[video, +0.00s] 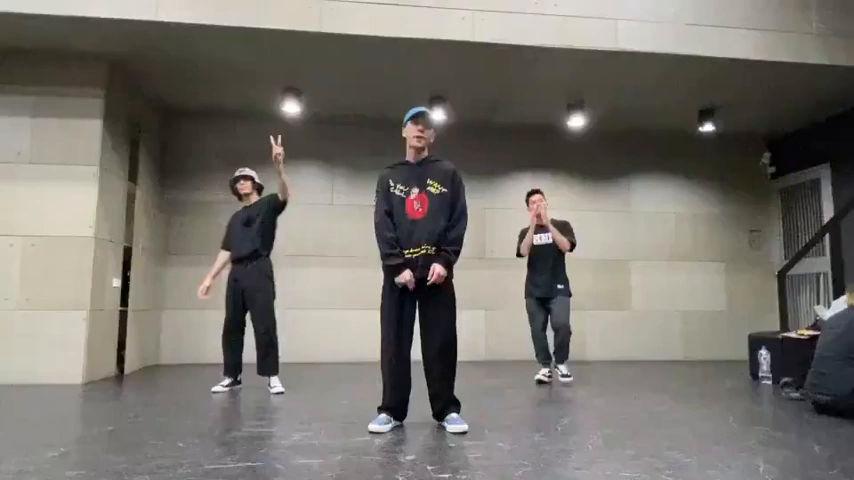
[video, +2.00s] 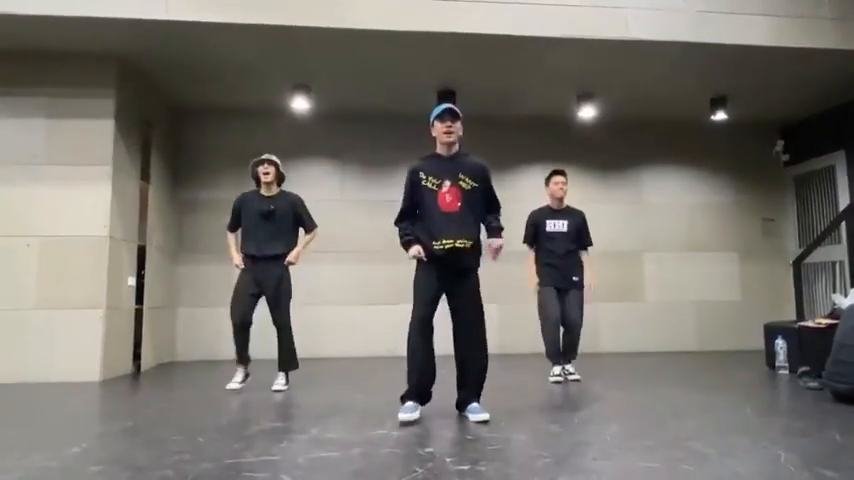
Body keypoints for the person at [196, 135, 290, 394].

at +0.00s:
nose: (241, 183)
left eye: (246, 179)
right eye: (237, 181)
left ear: (255, 184)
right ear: (235, 188)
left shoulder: (268, 204)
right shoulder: (235, 217)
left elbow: (284, 195)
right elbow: (226, 251)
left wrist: (279, 166)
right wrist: (210, 277)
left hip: (259, 270)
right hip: (236, 272)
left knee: (265, 326)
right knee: (232, 327)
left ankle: (272, 376)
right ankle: (231, 376)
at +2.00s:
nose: (266, 170)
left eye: (270, 166)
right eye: (261, 166)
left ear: (278, 172)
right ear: (256, 172)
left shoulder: (292, 201)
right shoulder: (244, 200)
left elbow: (312, 230)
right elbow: (232, 230)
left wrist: (299, 250)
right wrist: (234, 254)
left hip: (278, 269)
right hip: (250, 268)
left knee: (281, 322)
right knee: (239, 318)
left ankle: (283, 373)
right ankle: (242, 368)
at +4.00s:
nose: (218, 161)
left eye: (223, 158)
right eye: (215, 157)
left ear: (233, 163)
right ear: (209, 162)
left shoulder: (247, 194)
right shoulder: (196, 190)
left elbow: (252, 224)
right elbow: (197, 224)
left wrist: (244, 238)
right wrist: (200, 256)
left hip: (230, 259)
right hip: (202, 258)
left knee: (249, 312)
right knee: (177, 315)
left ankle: (257, 365)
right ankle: (172, 365)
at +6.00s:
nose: (215, 167)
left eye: (220, 163)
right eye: (212, 164)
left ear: (230, 168)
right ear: (208, 170)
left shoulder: (245, 195)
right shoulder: (209, 201)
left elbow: (260, 230)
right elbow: (194, 229)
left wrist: (266, 209)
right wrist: (167, 213)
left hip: (236, 263)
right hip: (211, 263)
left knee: (245, 318)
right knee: (202, 318)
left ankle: (261, 370)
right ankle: (192, 372)